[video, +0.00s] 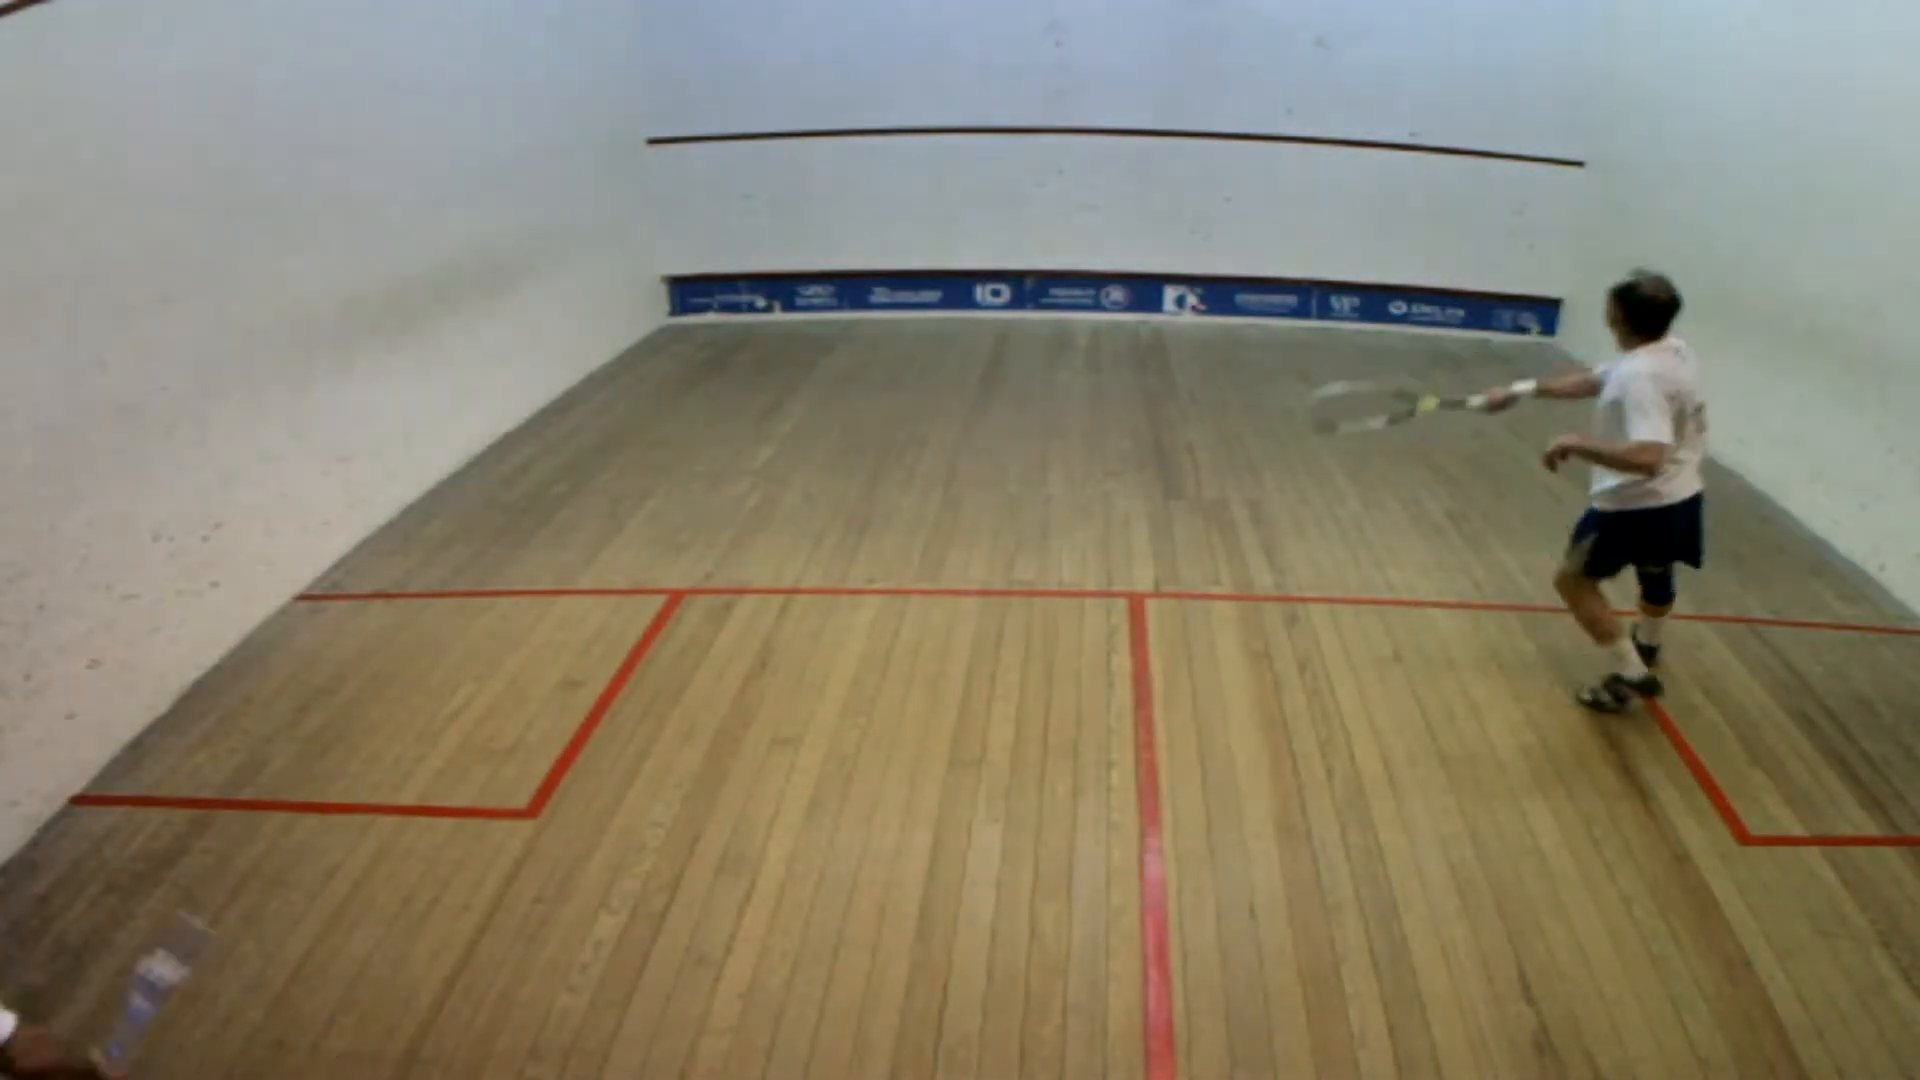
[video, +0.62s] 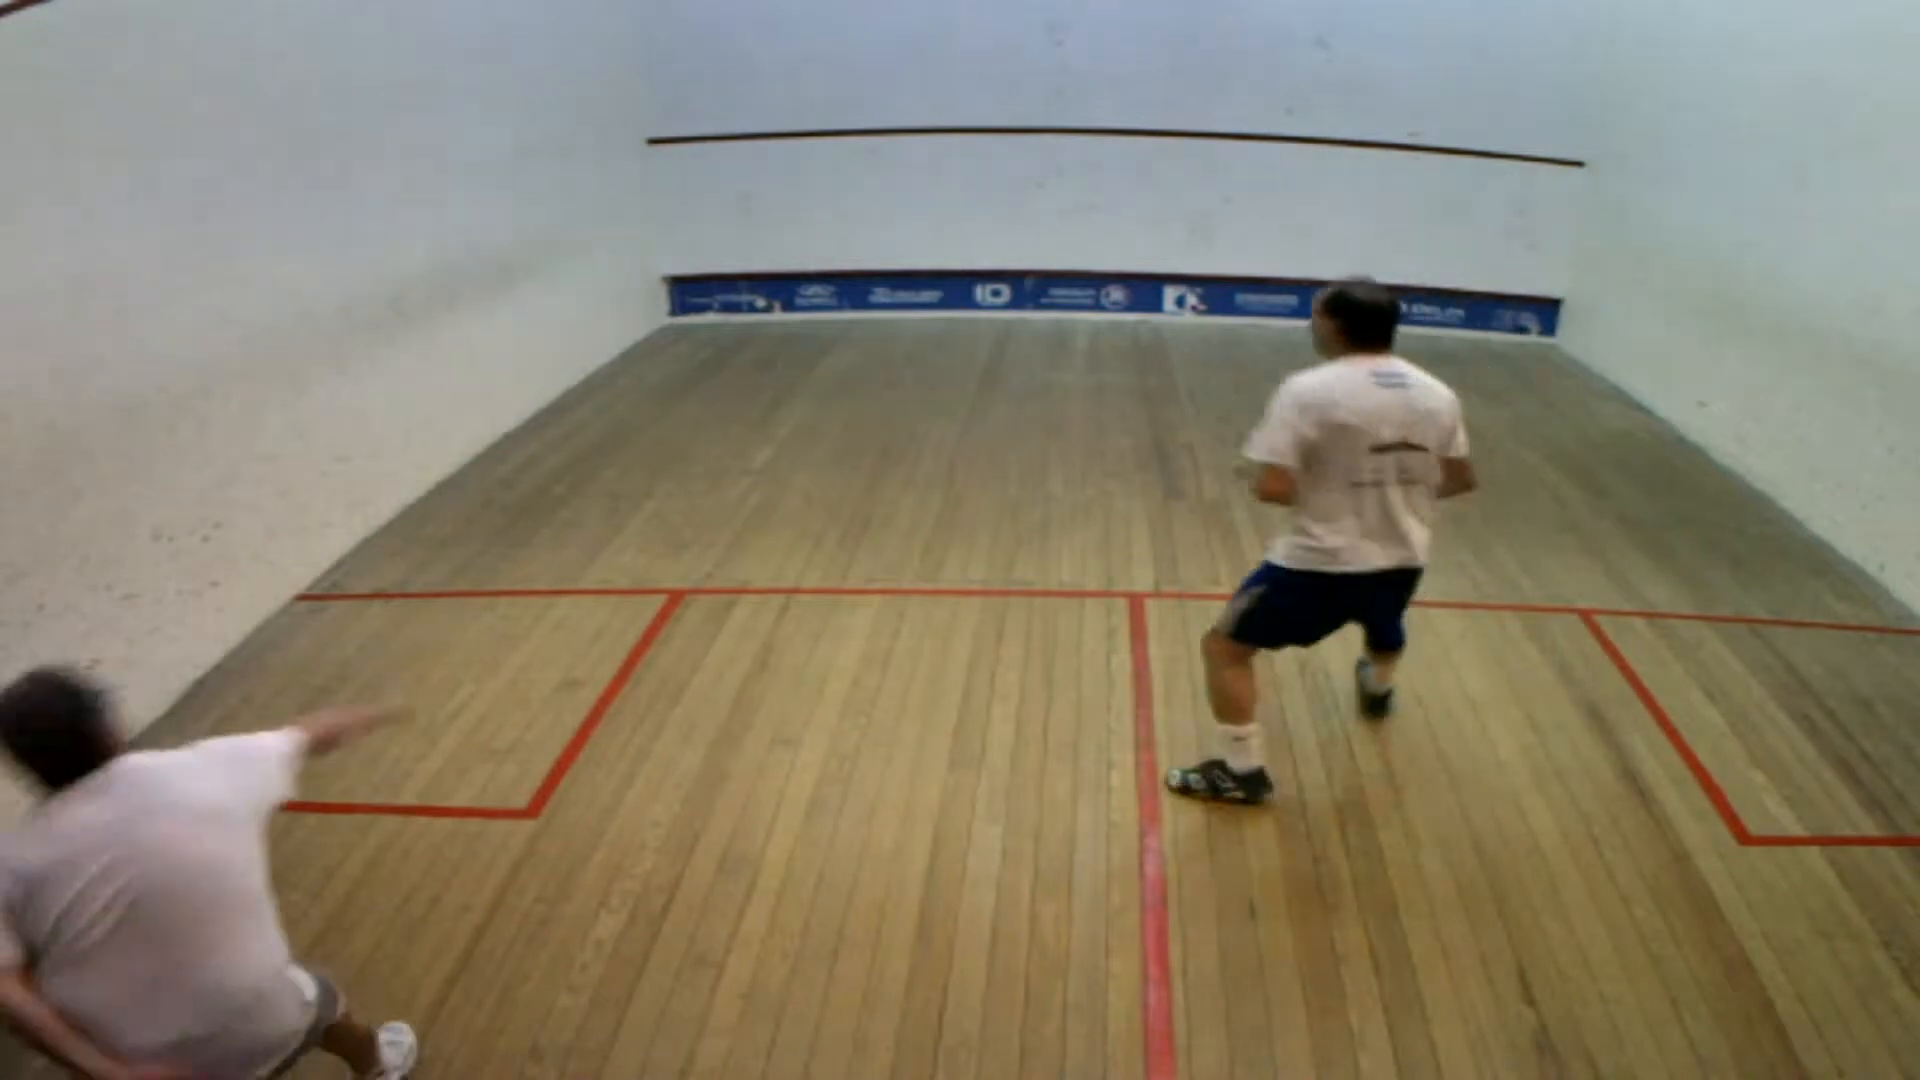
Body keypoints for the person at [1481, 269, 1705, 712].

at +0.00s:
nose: (1607, 320)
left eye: (1612, 313)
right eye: (1610, 312)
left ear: (1627, 321)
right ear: (1658, 320)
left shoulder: (1639, 374)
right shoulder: (1675, 353)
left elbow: (1649, 457)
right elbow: (1590, 382)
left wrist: (1575, 445)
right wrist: (1520, 390)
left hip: (1632, 507)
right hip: (1680, 500)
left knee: (1573, 581)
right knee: (1656, 575)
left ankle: (1633, 673)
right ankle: (1646, 654)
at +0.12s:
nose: (1553, 316)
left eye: (1562, 312)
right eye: (1558, 310)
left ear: (1581, 325)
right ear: (1599, 326)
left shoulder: (1593, 379)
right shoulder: (1620, 362)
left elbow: (1599, 465)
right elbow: (1574, 416)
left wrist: (1538, 450)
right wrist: (1512, 418)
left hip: (1609, 523)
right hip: (1633, 509)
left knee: (1569, 602)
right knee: (1587, 583)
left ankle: (1637, 676)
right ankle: (1592, 635)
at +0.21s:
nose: (1509, 304)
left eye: (1520, 298)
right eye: (1514, 296)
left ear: (1550, 312)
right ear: (1559, 313)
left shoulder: (1536, 366)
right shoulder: (1595, 354)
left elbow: (1545, 449)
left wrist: (1499, 447)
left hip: (1563, 519)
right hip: (1602, 509)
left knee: (1540, 596)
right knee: (1517, 555)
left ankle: (1617, 668)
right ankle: (1500, 644)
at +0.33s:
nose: (1439, 314)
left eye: (1451, 307)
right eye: (1443, 304)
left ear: (1486, 319)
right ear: (1493, 319)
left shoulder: (1474, 376)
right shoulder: (1539, 362)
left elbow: (1480, 463)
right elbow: (1533, 442)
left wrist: (1438, 468)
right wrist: (1455, 450)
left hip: (1503, 522)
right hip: (1542, 513)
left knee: (1421, 609)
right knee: (1431, 569)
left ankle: (1529, 672)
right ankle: (1415, 665)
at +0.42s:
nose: (1390, 331)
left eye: (1402, 323)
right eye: (1393, 321)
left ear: (1442, 333)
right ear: (1448, 334)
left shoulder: (1435, 392)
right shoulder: (1494, 374)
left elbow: (1439, 482)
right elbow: (1488, 457)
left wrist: (1395, 482)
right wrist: (1408, 468)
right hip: (1502, 530)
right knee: (1405, 590)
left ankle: (1384, 711)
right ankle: (1413, 668)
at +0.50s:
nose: (1361, 335)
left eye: (1374, 328)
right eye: (1365, 324)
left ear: (1414, 338)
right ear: (1422, 339)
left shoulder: (1405, 400)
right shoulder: (1469, 383)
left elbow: (1402, 492)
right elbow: (1452, 468)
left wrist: (1359, 485)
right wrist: (1379, 478)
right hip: (1466, 542)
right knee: (1385, 585)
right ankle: (1409, 665)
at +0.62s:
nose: (1313, 328)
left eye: (1317, 320)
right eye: (1315, 319)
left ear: (1335, 328)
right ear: (1387, 329)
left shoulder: (1306, 391)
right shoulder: (1434, 395)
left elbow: (1275, 485)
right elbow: (1459, 477)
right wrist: (1400, 472)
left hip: (1319, 566)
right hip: (1397, 565)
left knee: (1226, 645)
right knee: (1387, 628)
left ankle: (1242, 766)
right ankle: (1377, 691)